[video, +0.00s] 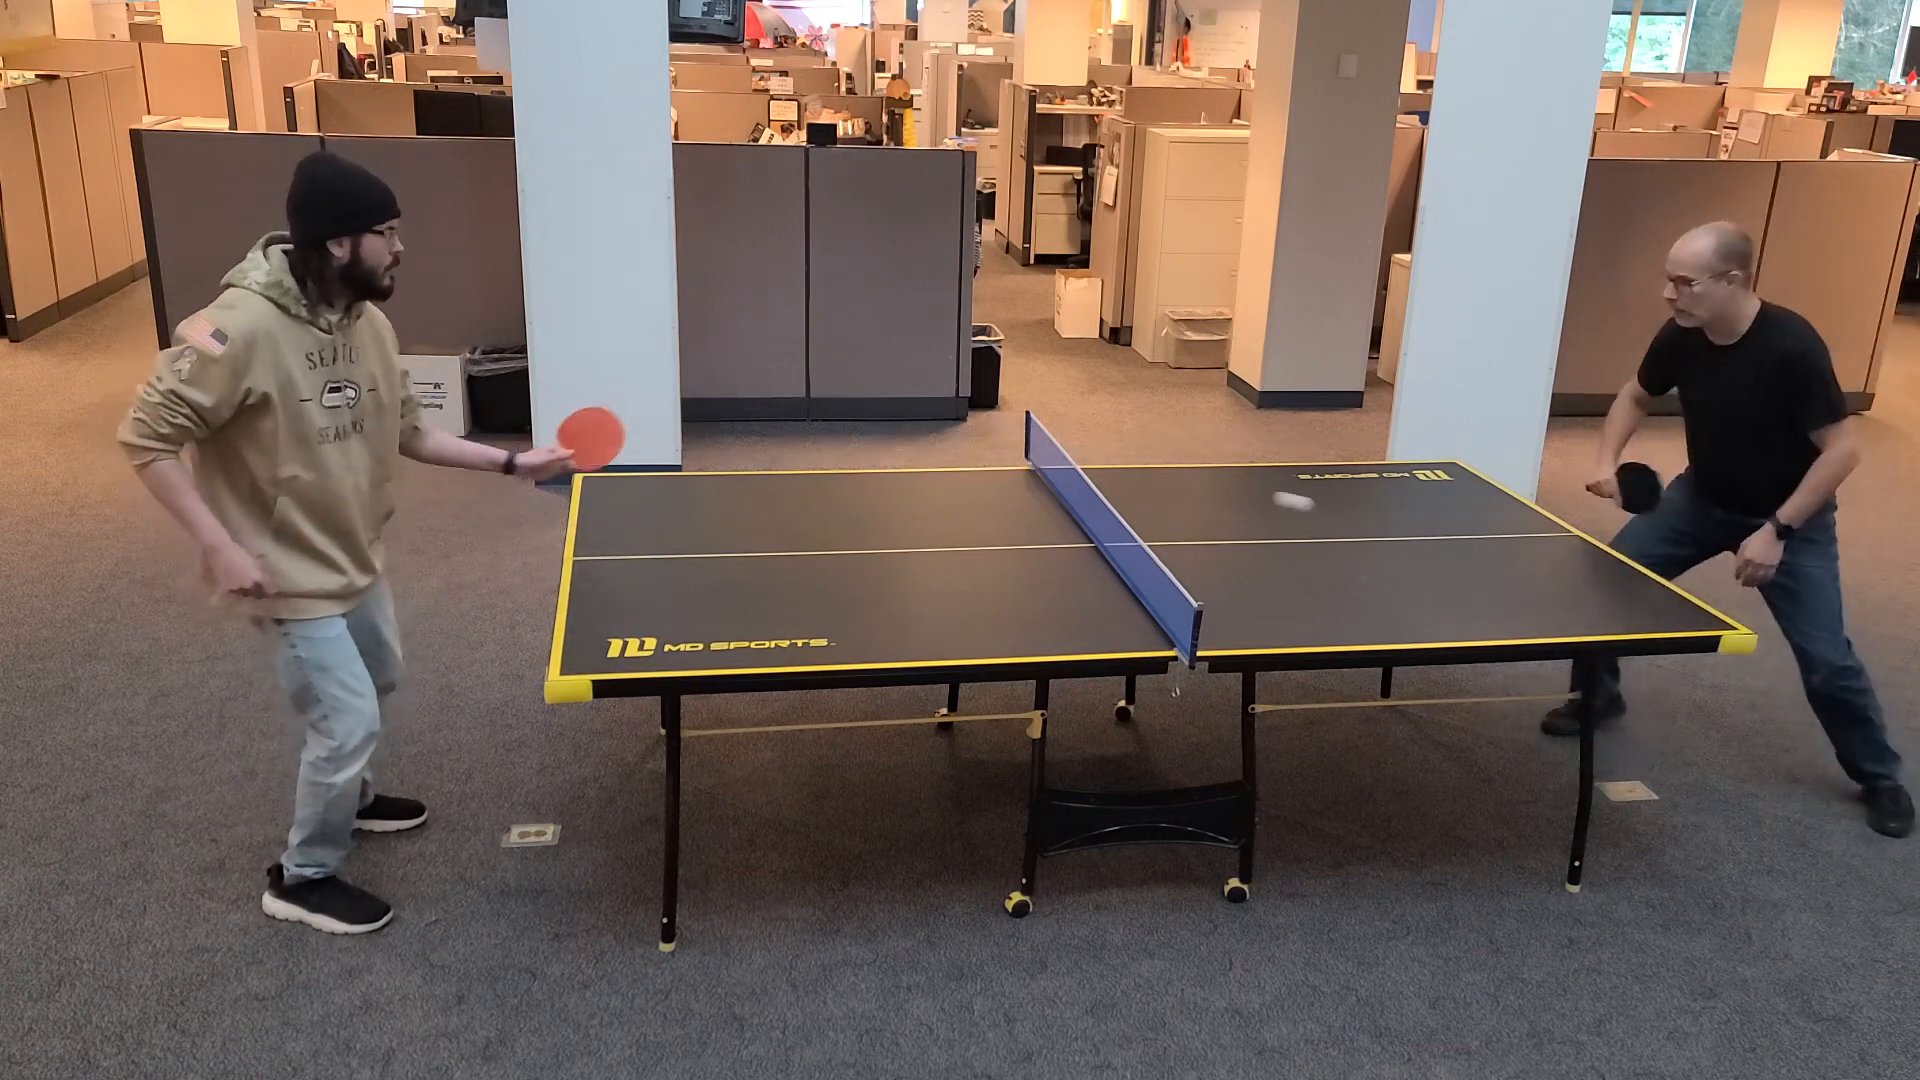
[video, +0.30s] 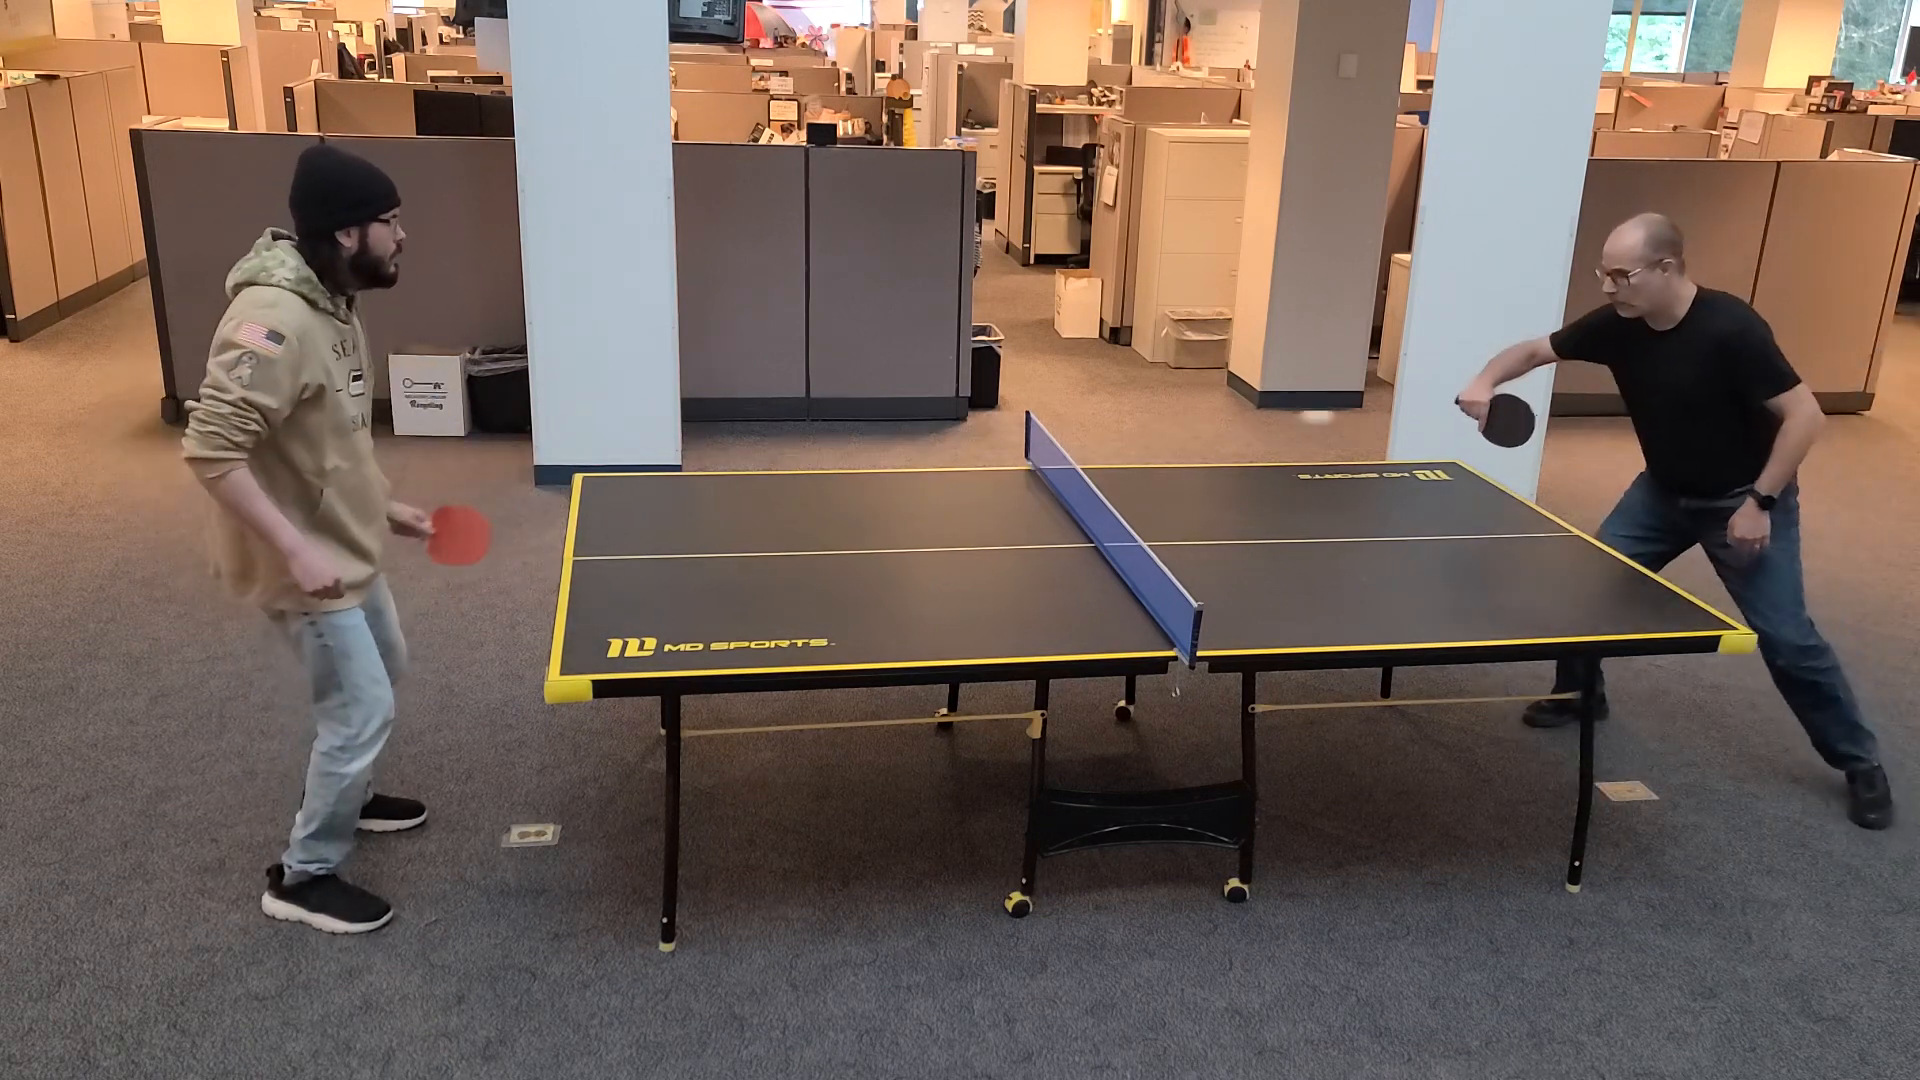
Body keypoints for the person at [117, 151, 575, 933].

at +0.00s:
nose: (397, 246)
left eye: (393, 231)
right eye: (384, 233)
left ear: (340, 243)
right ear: (336, 243)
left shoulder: (367, 323)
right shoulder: (241, 328)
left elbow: (412, 434)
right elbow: (148, 439)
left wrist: (512, 459)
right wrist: (216, 546)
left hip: (352, 557)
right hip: (286, 572)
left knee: (378, 680)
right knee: (347, 723)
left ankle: (347, 800)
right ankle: (302, 875)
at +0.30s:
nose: (402, 233)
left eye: (397, 218)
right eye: (389, 220)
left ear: (346, 232)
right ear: (345, 234)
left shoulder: (325, 297)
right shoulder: (272, 320)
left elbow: (321, 441)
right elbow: (210, 452)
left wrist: (386, 504)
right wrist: (295, 548)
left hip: (347, 543)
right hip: (301, 564)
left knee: (388, 673)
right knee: (359, 711)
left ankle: (345, 803)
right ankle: (303, 875)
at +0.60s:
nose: (407, 238)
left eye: (405, 222)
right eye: (395, 224)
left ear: (352, 232)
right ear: (345, 231)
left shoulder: (362, 310)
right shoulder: (263, 312)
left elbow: (368, 430)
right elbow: (186, 427)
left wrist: (393, 517)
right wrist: (264, 530)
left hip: (358, 547)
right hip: (296, 560)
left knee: (382, 671)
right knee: (348, 707)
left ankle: (345, 798)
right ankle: (304, 872)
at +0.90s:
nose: (400, 263)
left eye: (401, 247)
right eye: (387, 249)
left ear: (359, 254)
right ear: (333, 253)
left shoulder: (400, 348)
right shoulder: (227, 327)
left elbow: (493, 426)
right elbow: (130, 413)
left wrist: (601, 462)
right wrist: (168, 527)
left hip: (362, 561)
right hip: (272, 567)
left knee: (394, 685)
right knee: (337, 717)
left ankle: (347, 798)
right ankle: (303, 875)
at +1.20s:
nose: (400, 238)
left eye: (397, 223)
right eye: (386, 225)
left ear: (348, 236)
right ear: (335, 237)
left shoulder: (386, 316)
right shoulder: (238, 318)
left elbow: (455, 403)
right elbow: (144, 421)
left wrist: (546, 456)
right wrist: (205, 531)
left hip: (364, 551)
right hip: (287, 562)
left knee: (381, 680)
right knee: (341, 712)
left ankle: (346, 799)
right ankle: (302, 874)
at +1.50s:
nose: (405, 230)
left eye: (402, 214)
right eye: (391, 217)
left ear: (349, 228)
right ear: (340, 228)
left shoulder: (358, 298)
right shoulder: (263, 310)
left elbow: (366, 426)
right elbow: (185, 429)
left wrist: (398, 504)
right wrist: (263, 534)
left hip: (364, 542)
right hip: (303, 556)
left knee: (383, 674)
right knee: (352, 709)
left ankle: (343, 800)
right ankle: (302, 873)